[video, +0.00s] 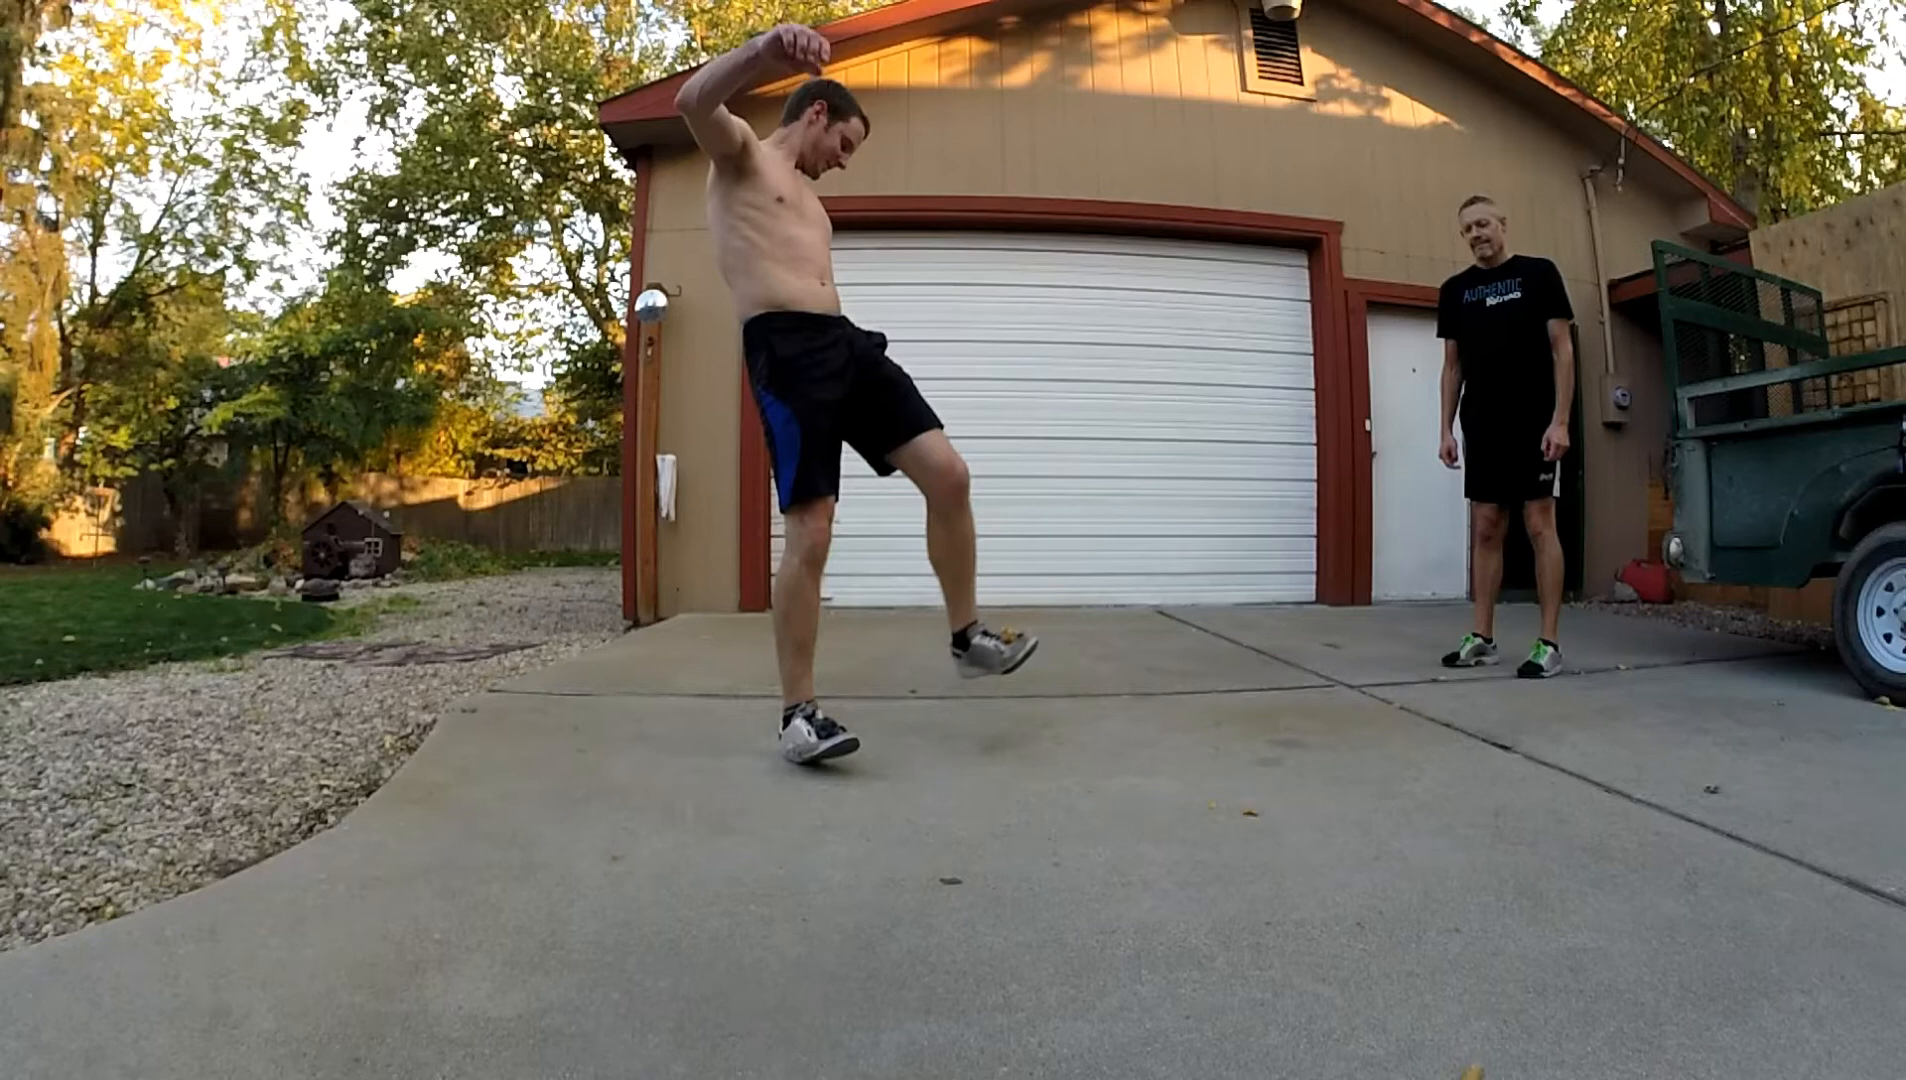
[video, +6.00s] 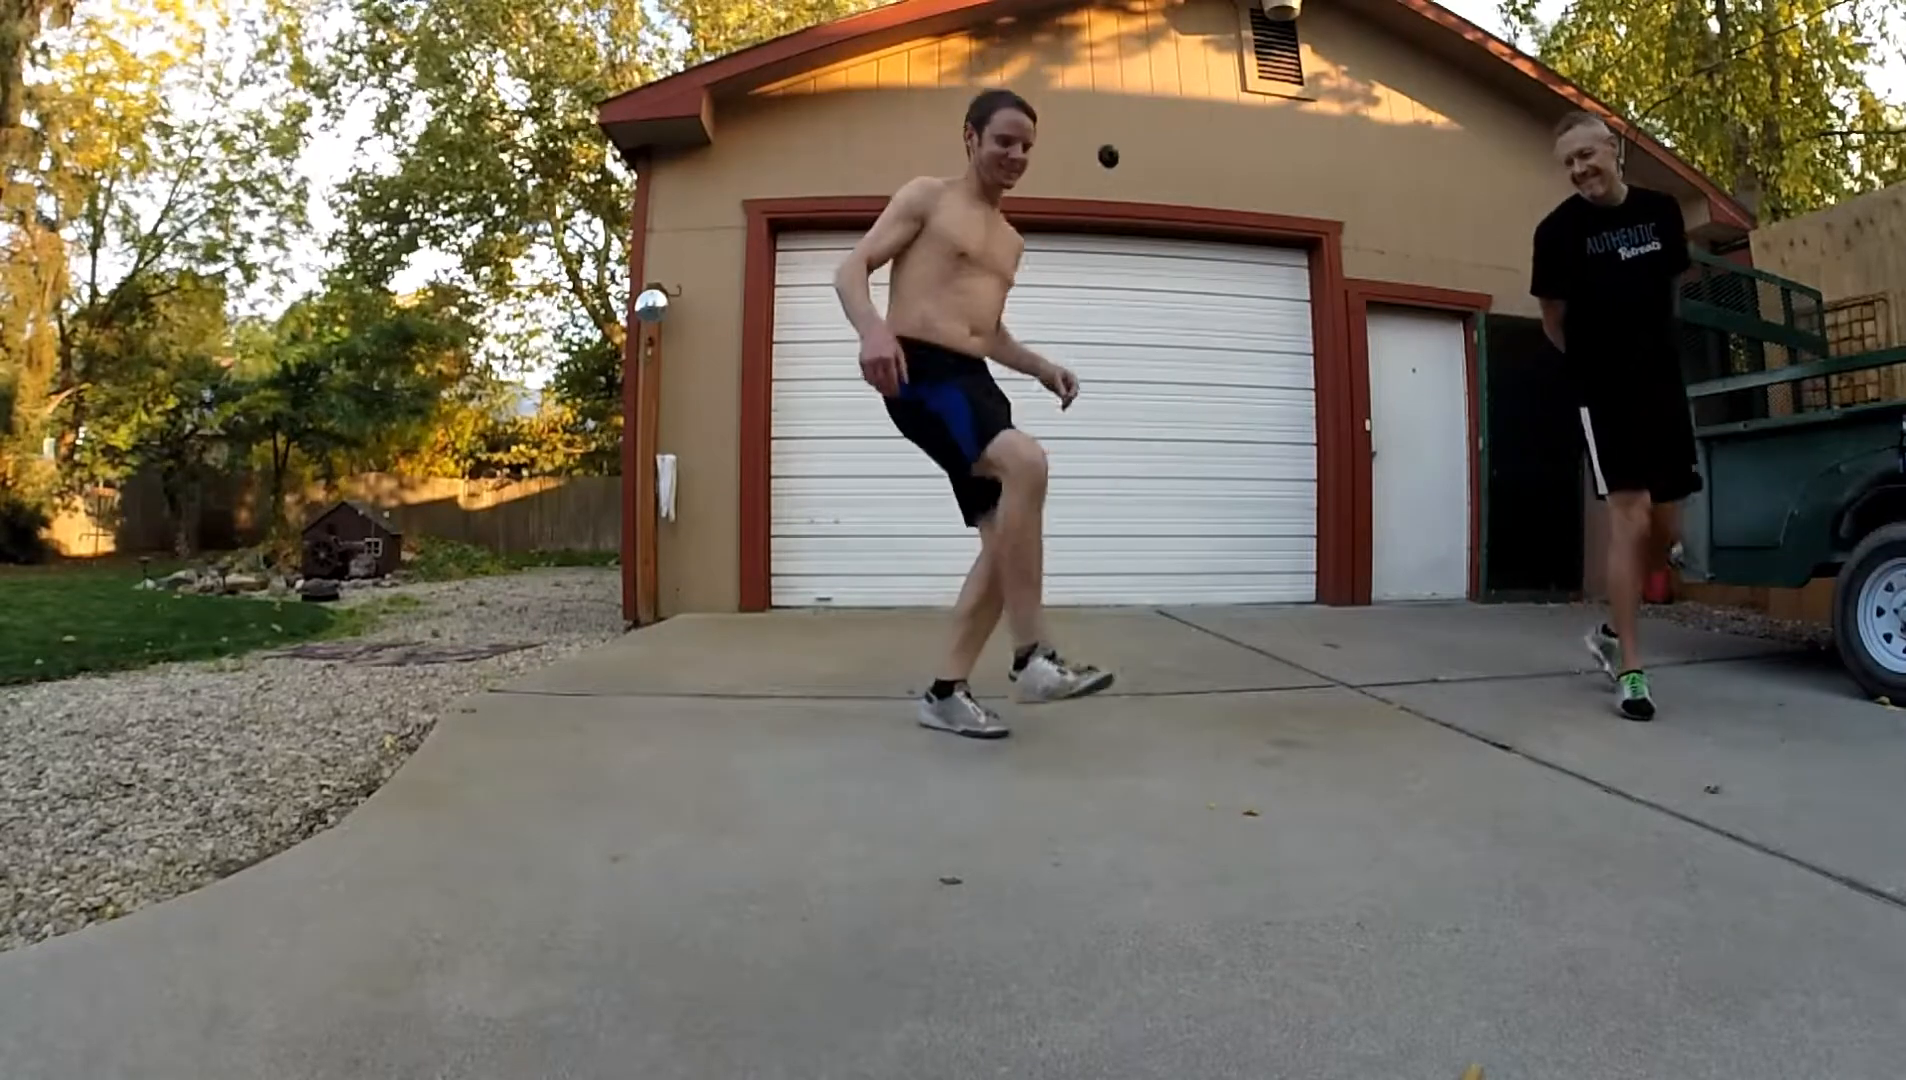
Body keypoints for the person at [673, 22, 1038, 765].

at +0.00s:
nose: (841, 161)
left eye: (849, 152)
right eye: (843, 145)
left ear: (824, 129)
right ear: (814, 114)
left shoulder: (806, 196)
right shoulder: (740, 152)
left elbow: (812, 280)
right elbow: (697, 98)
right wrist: (765, 52)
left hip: (845, 345)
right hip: (784, 351)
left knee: (948, 476)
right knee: (808, 537)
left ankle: (967, 636)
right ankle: (798, 715)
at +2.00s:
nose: (919, 207)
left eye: (933, 200)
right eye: (916, 191)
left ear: (946, 197)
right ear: (897, 166)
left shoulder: (920, 253)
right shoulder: (837, 202)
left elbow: (913, 333)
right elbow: (743, 216)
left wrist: (932, 404)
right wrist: (722, 274)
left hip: (849, 391)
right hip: (786, 369)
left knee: (853, 529)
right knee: (814, 297)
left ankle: (843, 680)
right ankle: (899, 453)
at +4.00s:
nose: (885, 131)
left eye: (897, 117)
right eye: (875, 112)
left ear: (903, 113)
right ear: (838, 94)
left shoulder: (889, 181)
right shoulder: (781, 173)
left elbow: (897, 270)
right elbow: (706, 201)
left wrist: (935, 354)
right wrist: (677, 207)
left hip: (883, 356)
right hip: (816, 356)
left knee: (987, 384)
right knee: (841, 542)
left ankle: (1005, 585)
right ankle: (827, 725)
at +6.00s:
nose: (1015, 155)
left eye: (1025, 146)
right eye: (1005, 141)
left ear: (1031, 153)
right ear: (972, 138)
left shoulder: (1010, 241)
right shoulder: (927, 195)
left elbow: (988, 332)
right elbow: (850, 271)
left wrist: (1041, 367)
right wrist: (871, 330)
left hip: (973, 378)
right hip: (918, 366)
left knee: (1007, 540)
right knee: (1025, 463)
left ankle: (946, 690)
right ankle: (1030, 657)